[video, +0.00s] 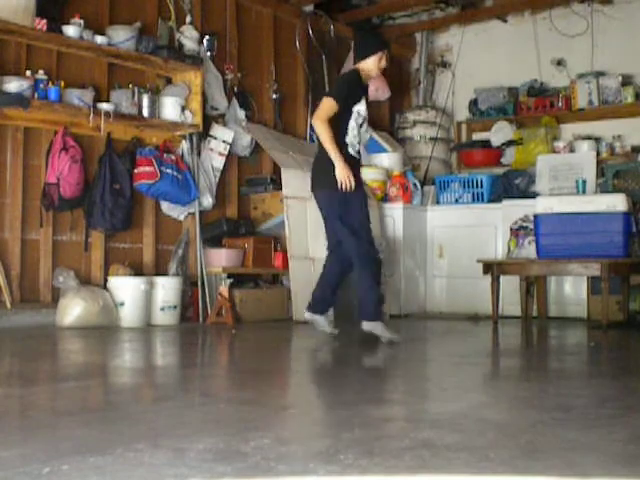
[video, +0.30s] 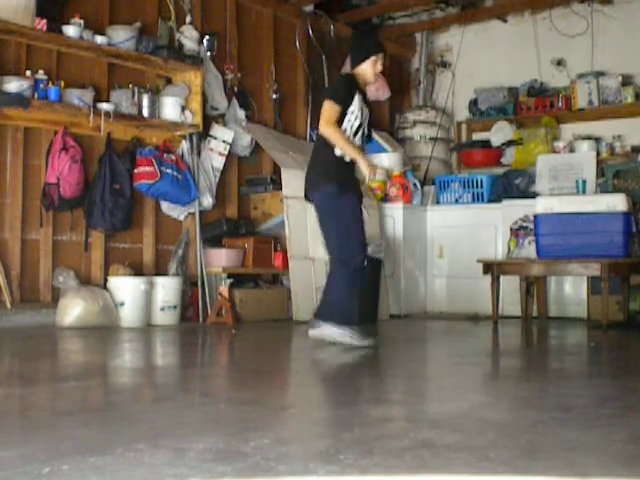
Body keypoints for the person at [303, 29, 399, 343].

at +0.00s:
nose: (384, 65)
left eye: (384, 59)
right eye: (382, 58)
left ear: (366, 57)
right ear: (370, 57)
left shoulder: (357, 86)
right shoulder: (350, 83)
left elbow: (346, 132)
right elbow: (319, 119)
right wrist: (339, 162)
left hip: (334, 178)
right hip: (339, 178)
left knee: (342, 248)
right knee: (363, 247)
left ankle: (317, 309)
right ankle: (371, 317)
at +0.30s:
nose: (380, 68)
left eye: (381, 62)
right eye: (376, 61)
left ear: (367, 63)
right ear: (360, 60)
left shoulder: (360, 97)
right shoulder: (343, 86)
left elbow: (354, 141)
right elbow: (326, 126)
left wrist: (367, 173)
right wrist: (359, 157)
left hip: (343, 182)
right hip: (330, 182)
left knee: (349, 254)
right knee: (349, 254)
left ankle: (326, 320)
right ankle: (335, 322)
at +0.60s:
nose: (360, 49)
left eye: (363, 43)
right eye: (355, 42)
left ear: (362, 45)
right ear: (340, 41)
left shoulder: (357, 84)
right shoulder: (318, 70)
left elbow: (350, 130)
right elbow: (289, 109)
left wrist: (352, 164)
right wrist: (316, 150)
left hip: (342, 175)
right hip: (311, 170)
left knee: (355, 242)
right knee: (314, 232)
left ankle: (340, 313)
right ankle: (270, 290)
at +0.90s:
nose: (343, 50)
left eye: (346, 43)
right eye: (336, 43)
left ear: (350, 46)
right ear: (321, 46)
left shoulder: (361, 82)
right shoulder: (300, 81)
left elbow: (377, 122)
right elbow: (281, 129)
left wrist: (360, 155)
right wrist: (286, 173)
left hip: (344, 185)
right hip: (305, 185)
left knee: (353, 255)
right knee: (293, 255)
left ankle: (358, 321)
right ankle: (286, 322)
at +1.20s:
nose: (331, 62)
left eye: (336, 55)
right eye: (324, 55)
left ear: (342, 57)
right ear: (311, 59)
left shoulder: (359, 84)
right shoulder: (297, 98)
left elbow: (386, 106)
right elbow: (280, 145)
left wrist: (401, 145)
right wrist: (271, 187)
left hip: (359, 179)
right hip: (326, 182)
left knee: (347, 245)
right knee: (322, 253)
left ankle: (335, 315)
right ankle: (356, 316)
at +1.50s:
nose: (344, 65)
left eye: (349, 59)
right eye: (338, 58)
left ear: (354, 63)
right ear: (324, 58)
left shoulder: (367, 95)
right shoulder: (304, 95)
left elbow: (410, 117)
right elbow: (283, 135)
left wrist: (405, 161)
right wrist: (268, 179)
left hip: (356, 187)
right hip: (320, 188)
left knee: (353, 249)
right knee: (324, 253)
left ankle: (350, 308)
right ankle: (320, 321)